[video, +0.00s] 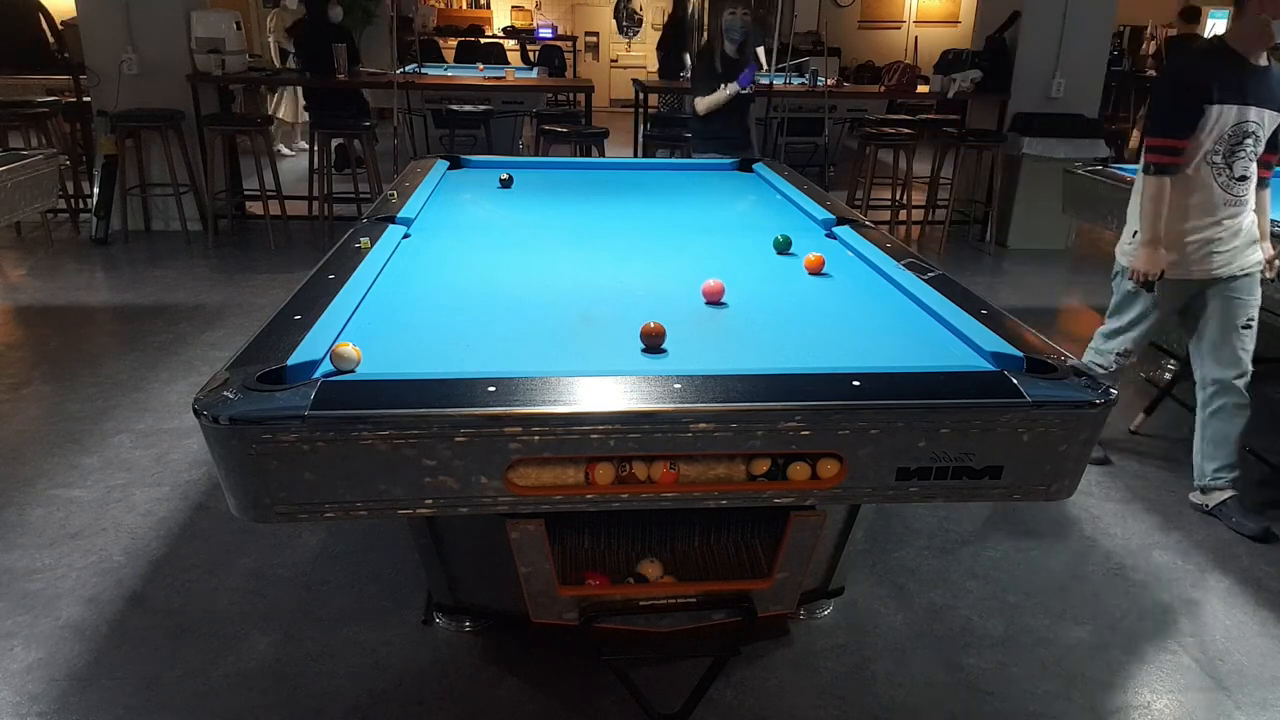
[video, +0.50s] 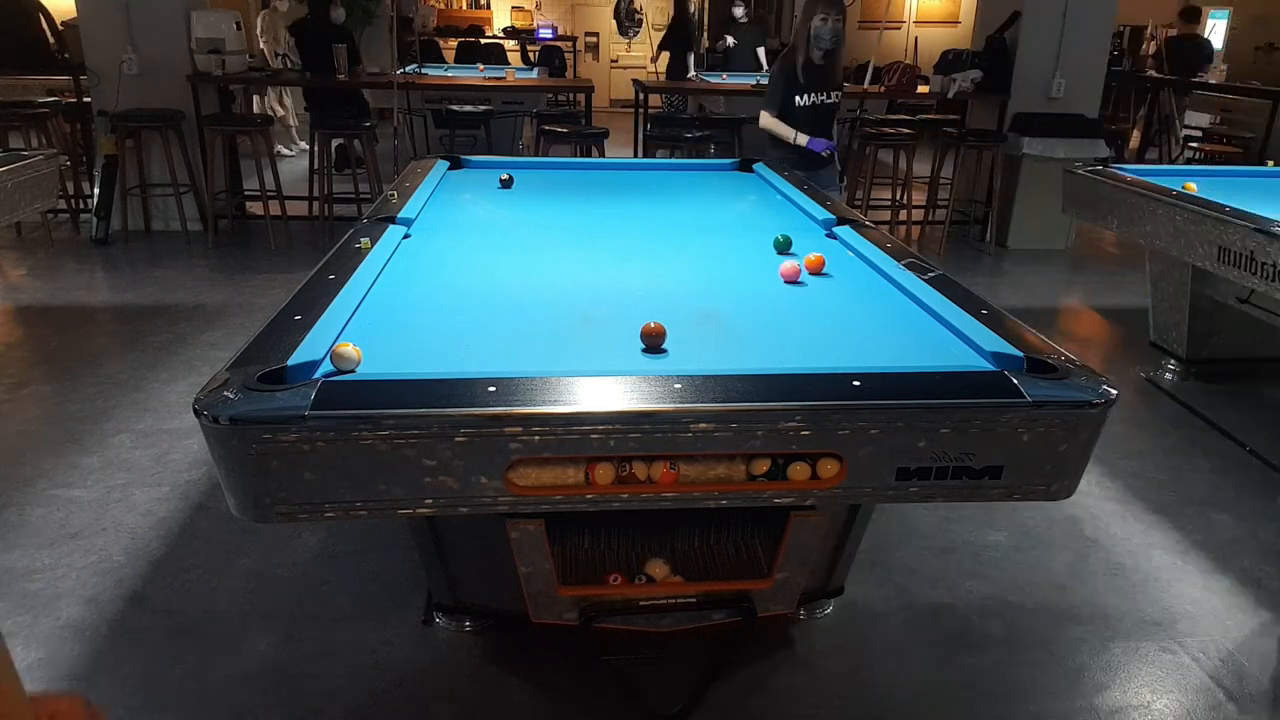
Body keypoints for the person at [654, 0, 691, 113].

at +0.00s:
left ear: (674, 7)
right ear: (686, 8)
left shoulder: (670, 21)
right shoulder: (684, 23)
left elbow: (659, 47)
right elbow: (684, 50)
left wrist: (661, 65)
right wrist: (688, 68)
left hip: (665, 66)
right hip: (678, 67)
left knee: (665, 100)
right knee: (676, 101)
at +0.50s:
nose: (694, 6)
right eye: (692, 4)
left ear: (677, 7)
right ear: (690, 7)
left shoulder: (675, 20)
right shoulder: (689, 23)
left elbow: (665, 39)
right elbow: (690, 49)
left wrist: (656, 56)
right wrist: (691, 70)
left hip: (672, 65)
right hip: (684, 67)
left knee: (670, 94)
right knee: (682, 95)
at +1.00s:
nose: (695, 8)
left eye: (696, 6)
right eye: (694, 5)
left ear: (682, 4)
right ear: (686, 4)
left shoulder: (675, 16)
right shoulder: (684, 19)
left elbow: (658, 41)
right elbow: (685, 49)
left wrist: (639, 55)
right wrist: (691, 71)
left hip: (670, 69)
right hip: (679, 70)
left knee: (670, 103)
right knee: (677, 103)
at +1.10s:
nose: (687, 8)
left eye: (687, 5)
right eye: (686, 5)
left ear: (674, 3)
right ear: (678, 4)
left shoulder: (664, 18)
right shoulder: (675, 20)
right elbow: (680, 50)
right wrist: (690, 72)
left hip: (660, 70)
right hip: (669, 72)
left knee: (663, 107)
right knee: (668, 107)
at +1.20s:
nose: (673, 8)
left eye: (673, 5)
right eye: (671, 5)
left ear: (661, 4)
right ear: (664, 5)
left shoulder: (654, 18)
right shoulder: (658, 20)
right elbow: (662, 54)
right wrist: (680, 72)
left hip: (646, 68)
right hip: (651, 70)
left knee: (651, 103)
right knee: (654, 103)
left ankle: (648, 133)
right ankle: (650, 134)